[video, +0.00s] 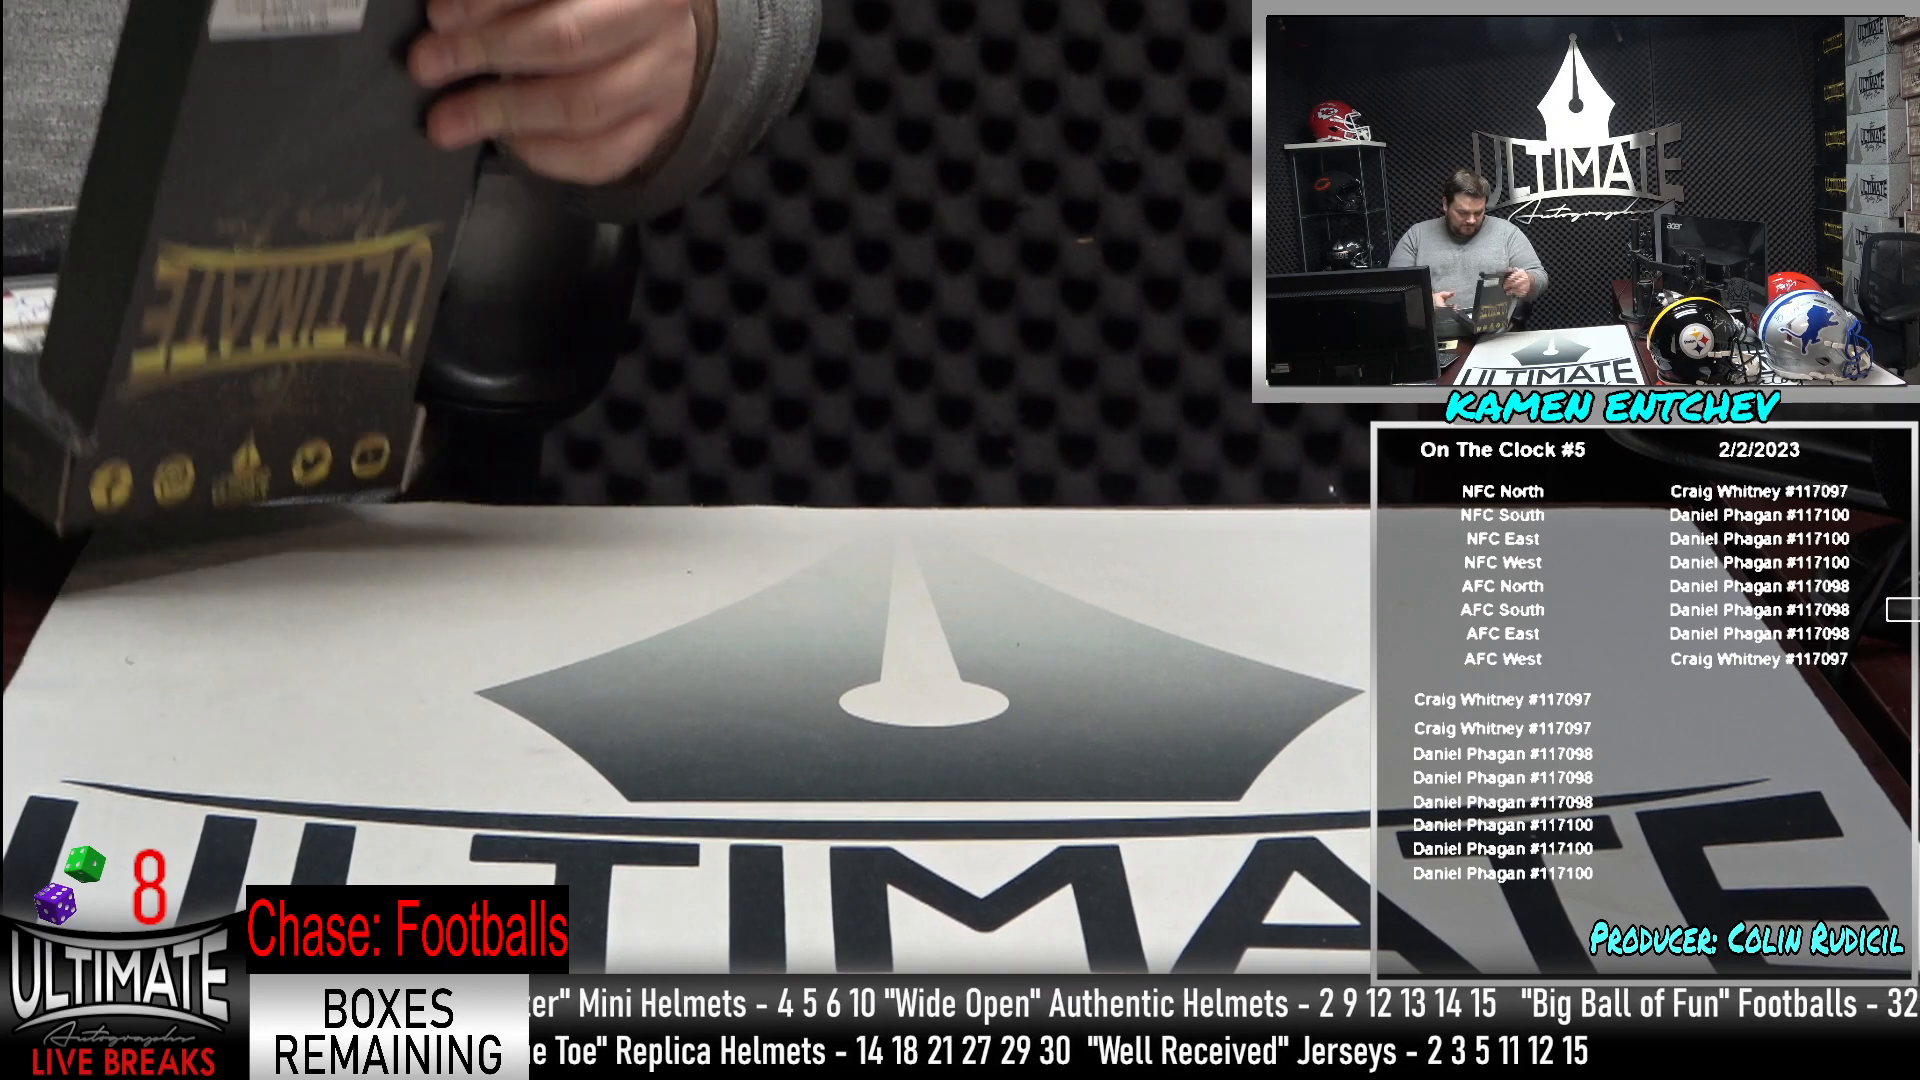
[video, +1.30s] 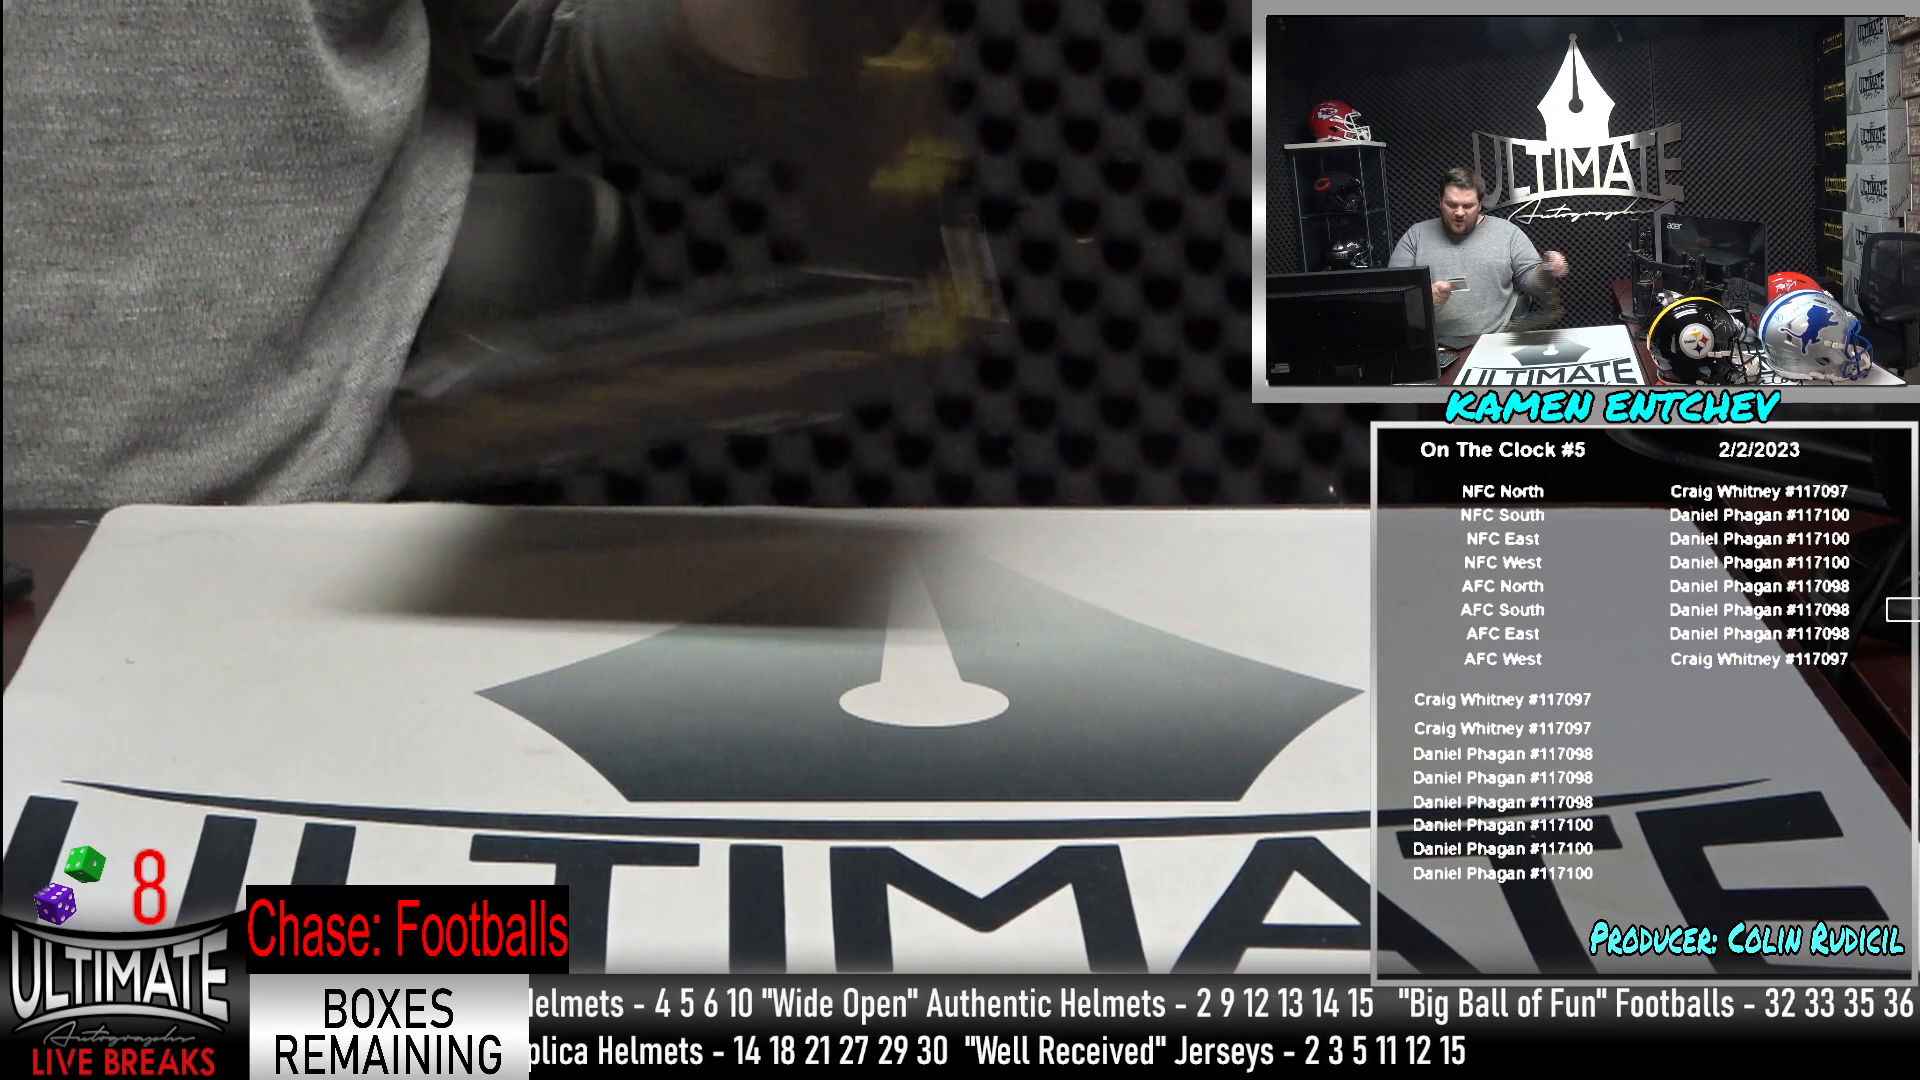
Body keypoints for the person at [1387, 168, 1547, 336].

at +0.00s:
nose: (1471, 220)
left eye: (1478, 213)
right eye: (1463, 213)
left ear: (1485, 206)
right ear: (1445, 205)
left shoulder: (1506, 234)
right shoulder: (1417, 236)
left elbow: (1539, 275)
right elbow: (1393, 287)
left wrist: (1528, 283)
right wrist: (1424, 300)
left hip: (1496, 343)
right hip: (1434, 347)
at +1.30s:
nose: (1459, 213)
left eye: (1467, 206)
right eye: (1452, 205)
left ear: (1479, 204)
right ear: (1441, 202)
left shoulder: (1507, 234)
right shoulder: (1417, 236)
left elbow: (1527, 276)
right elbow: (1391, 289)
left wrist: (1548, 272)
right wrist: (1424, 293)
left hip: (1494, 347)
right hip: (1433, 351)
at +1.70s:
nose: (1456, 210)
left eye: (1463, 201)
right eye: (1448, 203)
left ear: (1476, 200)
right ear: (1438, 203)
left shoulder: (1508, 233)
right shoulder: (1416, 237)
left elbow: (1530, 275)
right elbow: (1391, 288)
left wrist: (1552, 277)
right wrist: (1423, 290)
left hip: (1497, 348)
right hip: (1434, 352)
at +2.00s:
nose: (1464, 209)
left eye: (1471, 201)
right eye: (1455, 202)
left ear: (1481, 199)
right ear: (1442, 202)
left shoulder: (1507, 232)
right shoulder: (1419, 234)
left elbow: (1536, 281)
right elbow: (1394, 288)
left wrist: (1496, 284)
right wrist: (1431, 289)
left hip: (1497, 345)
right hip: (1436, 349)